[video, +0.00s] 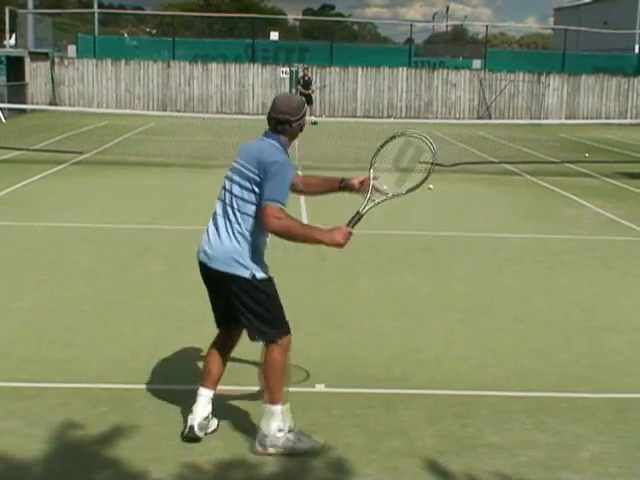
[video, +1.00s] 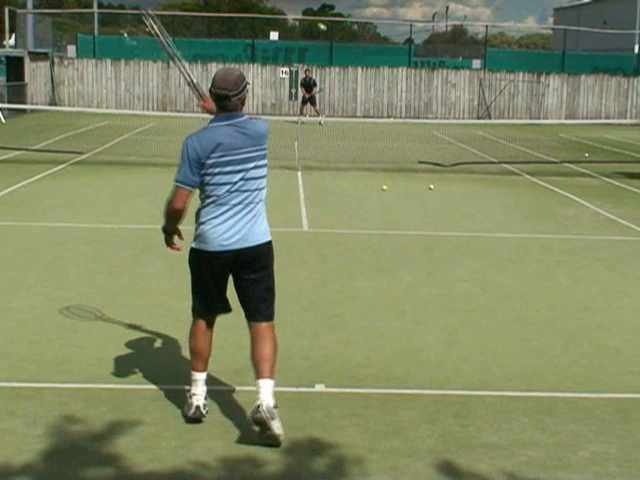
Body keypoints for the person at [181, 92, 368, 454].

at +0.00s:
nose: (305, 127)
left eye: (304, 122)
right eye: (305, 122)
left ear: (270, 121)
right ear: (298, 126)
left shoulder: (253, 149)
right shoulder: (277, 161)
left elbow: (298, 183)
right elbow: (272, 220)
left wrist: (345, 184)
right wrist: (325, 236)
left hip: (211, 257)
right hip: (240, 264)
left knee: (229, 330)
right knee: (279, 338)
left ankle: (199, 414)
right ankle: (275, 428)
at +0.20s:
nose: (306, 134)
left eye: (304, 129)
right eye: (306, 129)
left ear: (273, 128)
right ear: (301, 133)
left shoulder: (259, 153)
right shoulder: (274, 162)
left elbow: (304, 180)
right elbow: (259, 210)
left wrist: (355, 183)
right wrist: (313, 218)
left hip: (208, 258)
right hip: (233, 267)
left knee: (233, 323)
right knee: (266, 344)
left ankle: (193, 395)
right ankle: (243, 431)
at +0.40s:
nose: (304, 139)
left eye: (302, 132)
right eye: (303, 133)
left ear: (270, 132)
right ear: (299, 138)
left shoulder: (257, 158)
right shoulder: (268, 167)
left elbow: (287, 183)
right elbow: (253, 212)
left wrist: (315, 194)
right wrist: (299, 219)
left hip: (202, 258)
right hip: (225, 269)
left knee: (220, 327)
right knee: (265, 342)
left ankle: (191, 397)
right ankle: (243, 432)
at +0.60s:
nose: (286, 126)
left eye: (285, 120)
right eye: (286, 121)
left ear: (253, 118)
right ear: (280, 123)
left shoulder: (228, 145)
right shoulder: (258, 158)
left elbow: (194, 172)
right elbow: (290, 215)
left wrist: (184, 201)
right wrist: (341, 231)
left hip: (197, 252)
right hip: (226, 261)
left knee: (219, 315)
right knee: (253, 335)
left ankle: (190, 392)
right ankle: (243, 428)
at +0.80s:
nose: (258, 102)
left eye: (257, 96)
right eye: (257, 97)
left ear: (224, 98)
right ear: (249, 99)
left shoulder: (194, 134)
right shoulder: (260, 133)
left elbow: (156, 184)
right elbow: (287, 168)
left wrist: (157, 217)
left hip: (204, 245)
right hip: (245, 247)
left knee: (201, 315)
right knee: (248, 326)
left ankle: (191, 392)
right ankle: (245, 415)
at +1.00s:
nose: (211, 98)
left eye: (212, 94)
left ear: (214, 101)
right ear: (245, 99)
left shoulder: (199, 141)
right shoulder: (260, 129)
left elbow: (179, 203)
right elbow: (238, 126)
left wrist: (169, 227)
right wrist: (218, 111)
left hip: (211, 246)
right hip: (256, 242)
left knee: (204, 317)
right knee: (262, 322)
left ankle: (197, 396)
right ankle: (266, 403)